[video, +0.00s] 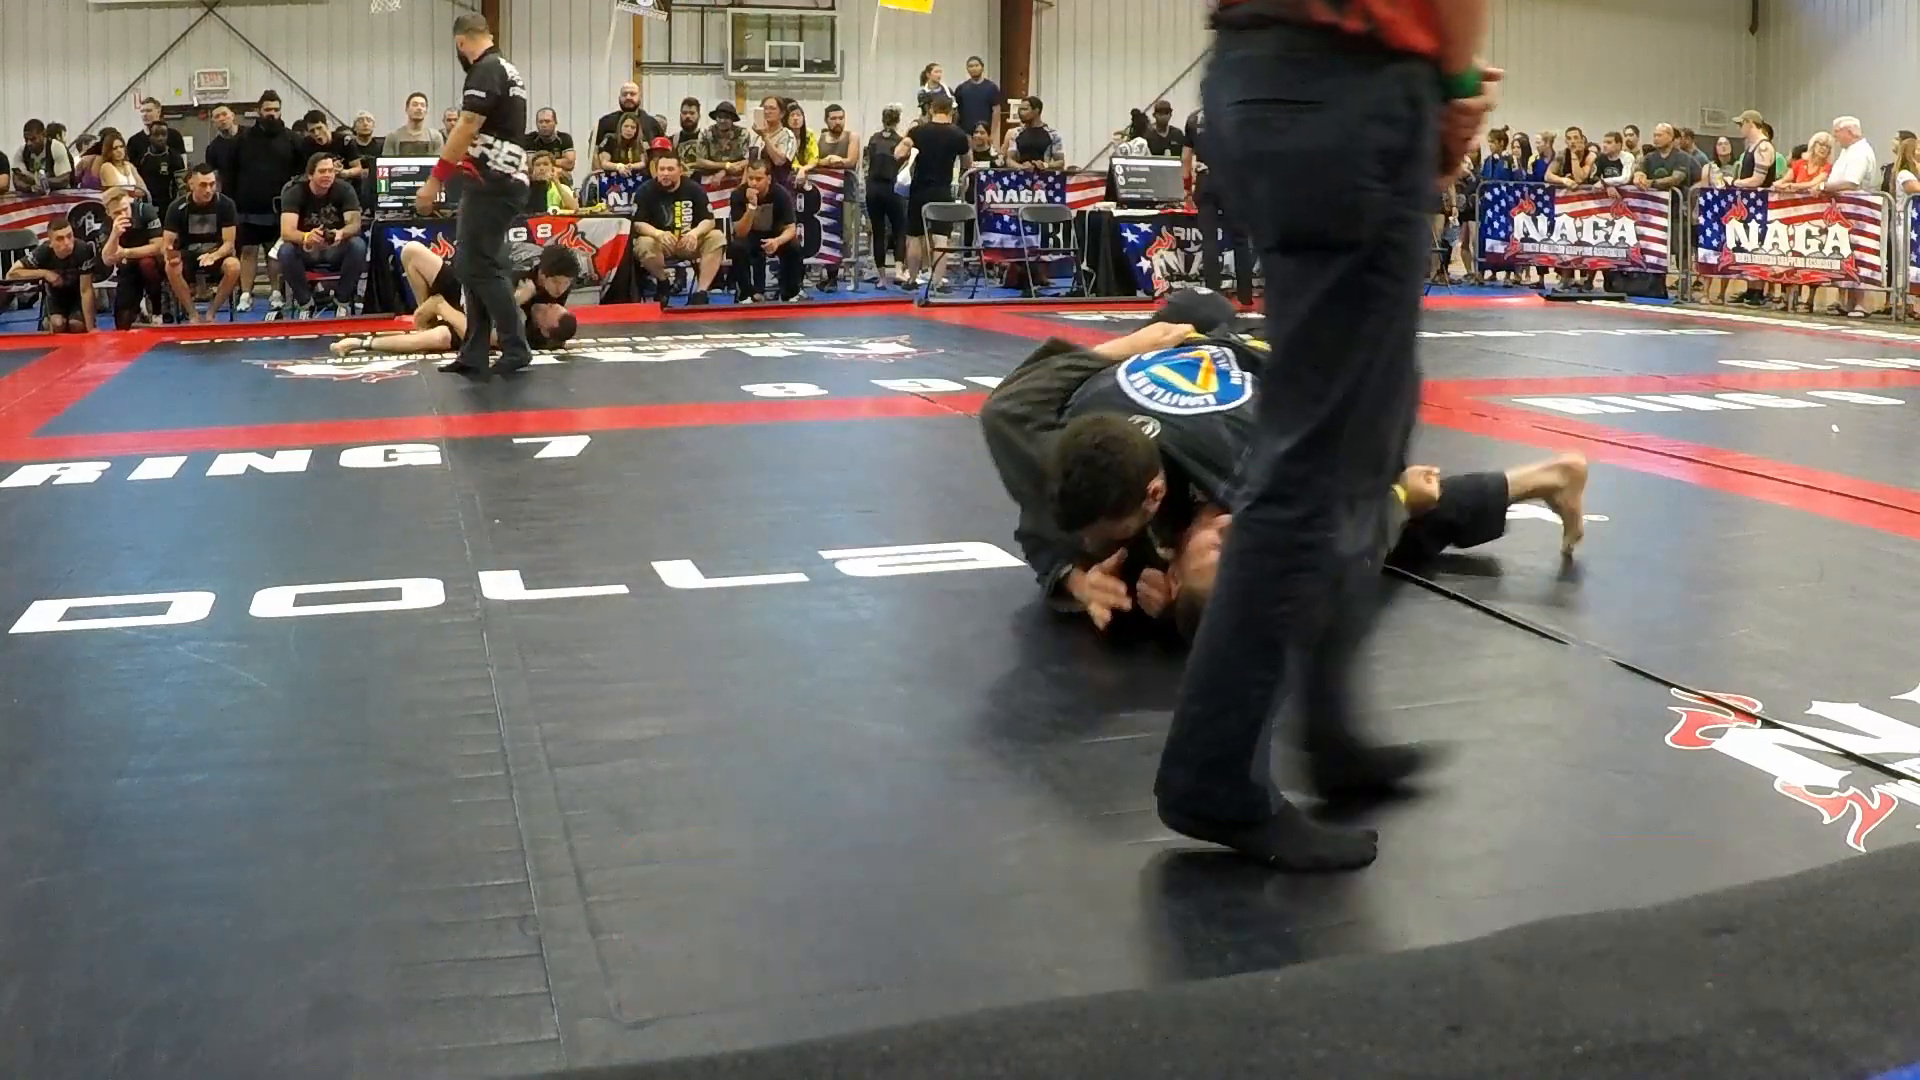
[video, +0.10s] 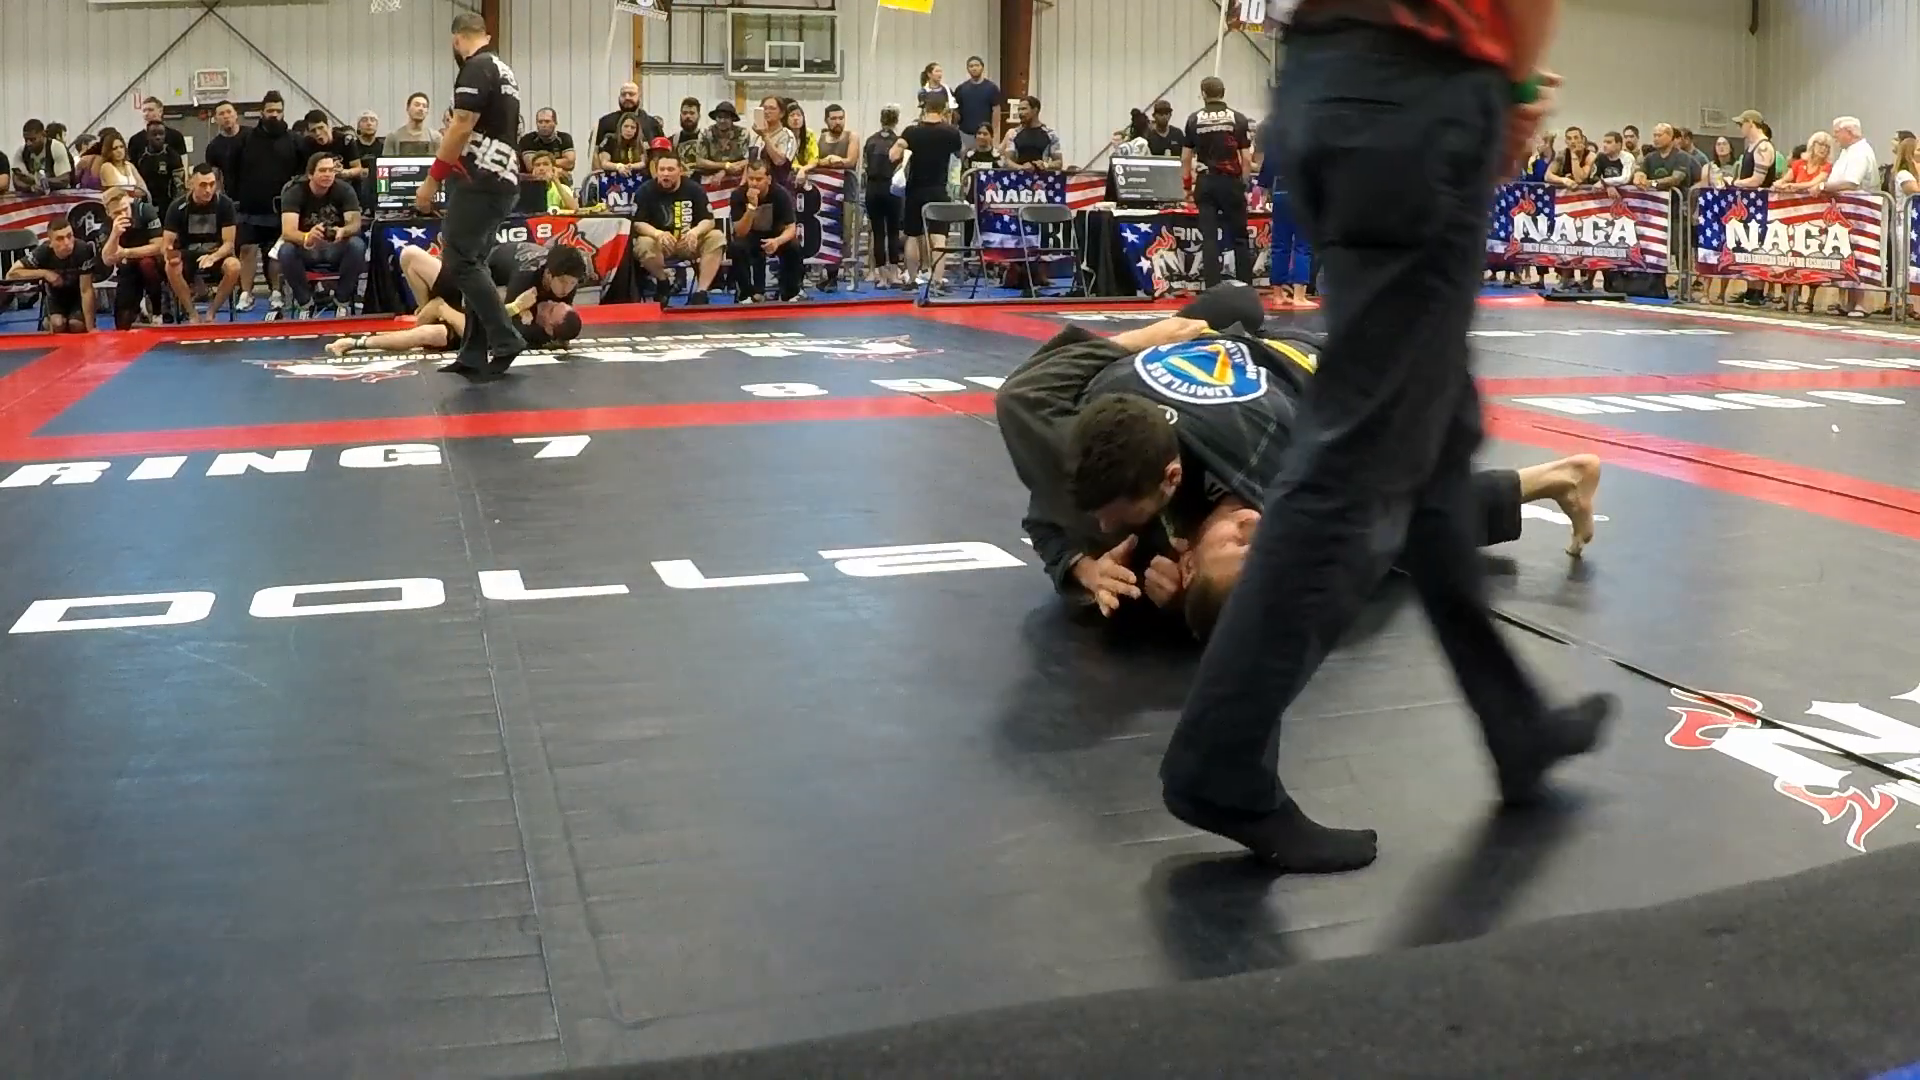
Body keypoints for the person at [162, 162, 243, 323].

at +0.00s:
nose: (208, 190)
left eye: (211, 184)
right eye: (203, 185)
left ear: (216, 183)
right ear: (191, 184)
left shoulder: (225, 205)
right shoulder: (177, 207)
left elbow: (229, 243)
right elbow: (167, 242)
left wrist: (214, 255)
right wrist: (171, 257)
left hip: (215, 252)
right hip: (188, 253)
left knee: (234, 266)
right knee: (172, 268)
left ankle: (211, 313)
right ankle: (193, 315)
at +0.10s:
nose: (208, 190)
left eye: (211, 184)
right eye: (203, 185)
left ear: (216, 184)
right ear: (192, 184)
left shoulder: (224, 204)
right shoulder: (178, 207)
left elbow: (229, 243)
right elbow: (167, 243)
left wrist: (213, 257)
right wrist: (172, 257)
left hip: (215, 252)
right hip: (187, 253)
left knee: (234, 266)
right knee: (171, 268)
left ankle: (211, 313)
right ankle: (193, 315)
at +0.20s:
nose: (208, 190)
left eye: (211, 184)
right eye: (203, 185)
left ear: (216, 184)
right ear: (191, 184)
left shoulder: (224, 204)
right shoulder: (177, 207)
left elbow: (228, 244)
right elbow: (168, 242)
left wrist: (212, 258)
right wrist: (171, 257)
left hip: (215, 252)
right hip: (187, 253)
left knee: (234, 267)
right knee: (172, 268)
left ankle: (211, 313)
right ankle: (193, 315)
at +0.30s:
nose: (208, 190)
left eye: (211, 184)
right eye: (203, 185)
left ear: (216, 184)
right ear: (191, 184)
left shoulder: (224, 204)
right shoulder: (177, 207)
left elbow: (228, 243)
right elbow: (169, 240)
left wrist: (212, 259)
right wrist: (172, 256)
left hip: (215, 251)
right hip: (187, 252)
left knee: (234, 267)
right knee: (171, 268)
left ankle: (211, 313)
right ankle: (193, 315)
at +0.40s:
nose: (208, 190)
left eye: (211, 185)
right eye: (202, 185)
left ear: (215, 184)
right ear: (192, 184)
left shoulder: (224, 205)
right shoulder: (177, 206)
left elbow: (227, 243)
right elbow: (169, 240)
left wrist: (211, 259)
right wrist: (174, 252)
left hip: (215, 252)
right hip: (188, 253)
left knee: (234, 267)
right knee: (171, 267)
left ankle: (211, 313)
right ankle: (193, 315)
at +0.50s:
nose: (206, 190)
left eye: (210, 185)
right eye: (201, 185)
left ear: (214, 183)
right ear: (191, 184)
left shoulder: (224, 204)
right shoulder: (177, 206)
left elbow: (227, 243)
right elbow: (170, 243)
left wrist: (210, 259)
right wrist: (182, 252)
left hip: (215, 254)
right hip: (189, 256)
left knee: (233, 266)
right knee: (171, 265)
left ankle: (211, 313)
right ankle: (193, 315)